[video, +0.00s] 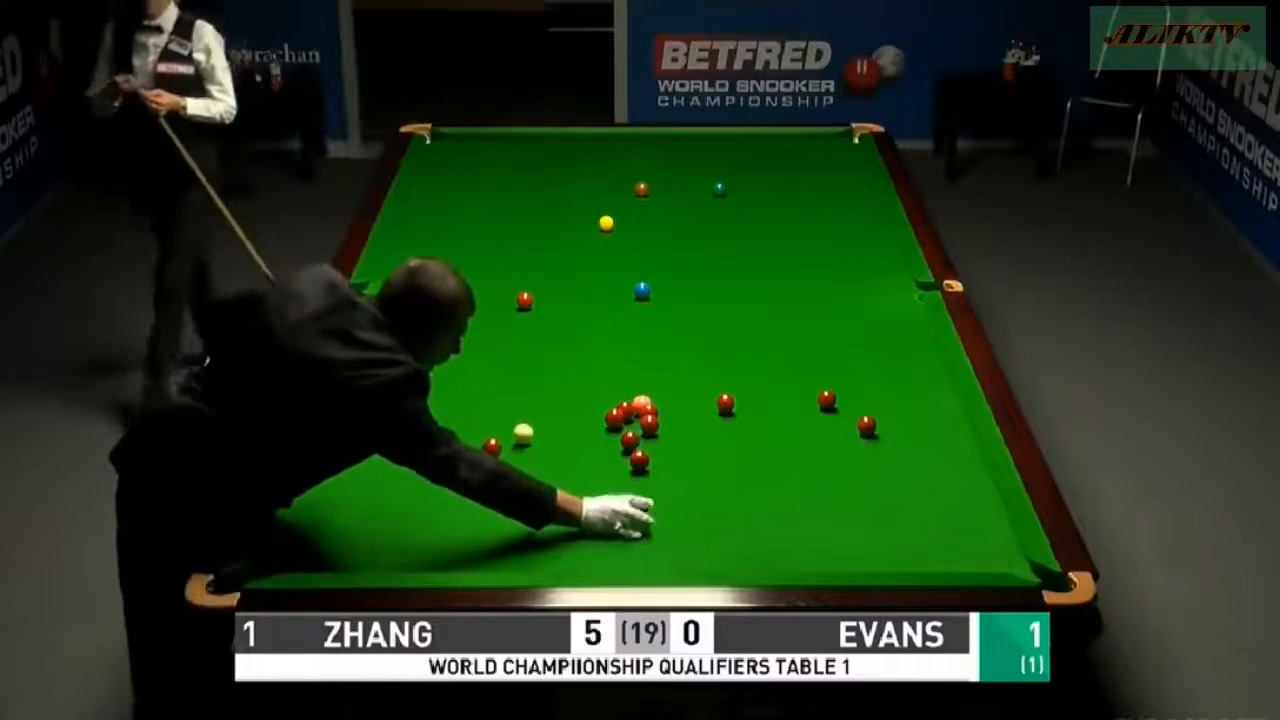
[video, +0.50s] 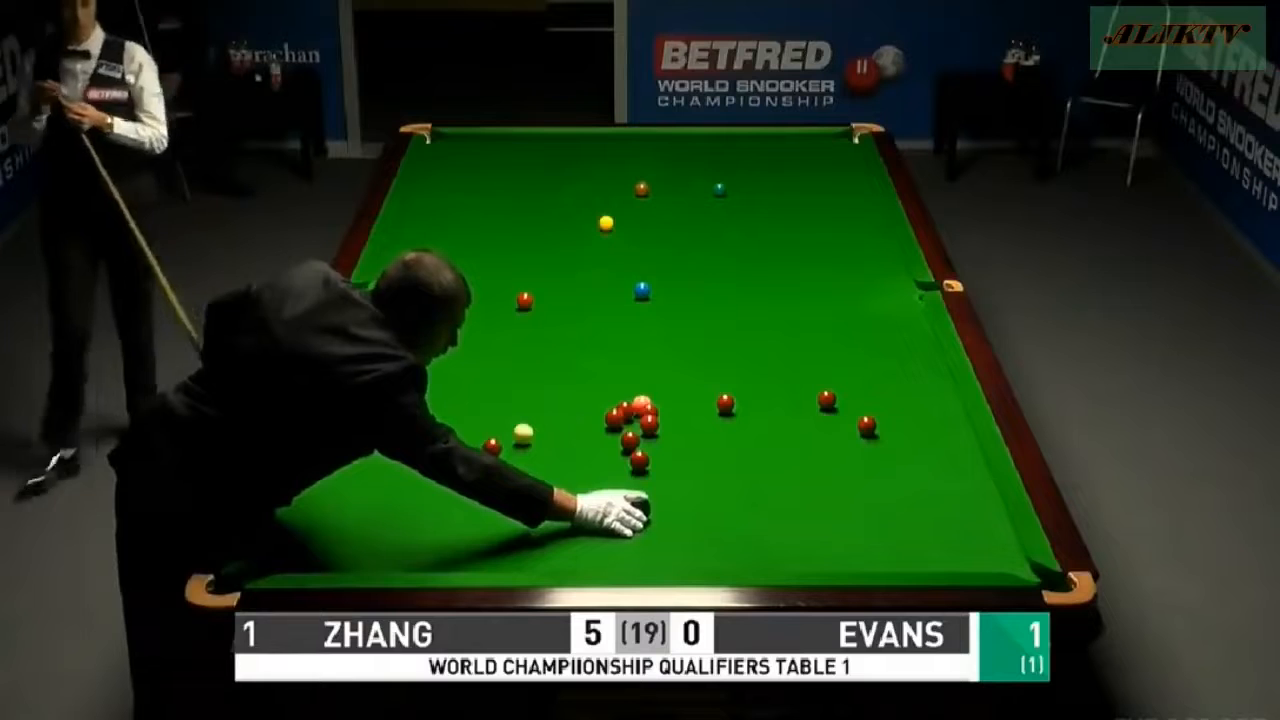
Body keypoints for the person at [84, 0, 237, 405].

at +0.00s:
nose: (149, 7)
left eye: (157, 3)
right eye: (145, 3)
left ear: (170, 1)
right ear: (137, 3)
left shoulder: (201, 35)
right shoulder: (118, 34)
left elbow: (226, 107)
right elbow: (94, 103)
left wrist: (179, 103)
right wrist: (113, 92)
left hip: (192, 164)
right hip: (142, 162)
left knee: (172, 273)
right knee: (192, 265)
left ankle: (159, 384)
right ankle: (220, 351)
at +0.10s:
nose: (132, 8)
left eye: (137, 3)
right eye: (128, 4)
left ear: (151, 4)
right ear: (120, 6)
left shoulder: (184, 44)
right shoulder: (99, 44)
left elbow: (209, 117)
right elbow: (78, 113)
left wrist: (162, 112)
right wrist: (97, 102)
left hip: (173, 172)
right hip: (122, 171)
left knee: (157, 282)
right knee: (167, 271)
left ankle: (150, 400)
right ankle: (213, 349)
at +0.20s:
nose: (121, 7)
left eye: (126, 2)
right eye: (117, 4)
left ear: (138, 4)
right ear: (109, 5)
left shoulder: (173, 47)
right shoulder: (87, 45)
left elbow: (198, 120)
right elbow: (64, 116)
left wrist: (150, 115)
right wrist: (84, 104)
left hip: (160, 186)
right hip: (105, 183)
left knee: (153, 295)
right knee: (132, 290)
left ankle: (147, 409)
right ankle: (186, 333)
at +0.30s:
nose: (100, 7)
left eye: (107, 2)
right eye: (96, 3)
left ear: (123, 4)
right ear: (88, 6)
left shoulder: (157, 49)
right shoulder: (69, 48)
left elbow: (182, 125)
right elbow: (45, 121)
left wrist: (132, 116)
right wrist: (66, 104)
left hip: (145, 193)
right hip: (89, 191)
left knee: (144, 302)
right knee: (96, 297)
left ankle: (145, 418)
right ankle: (147, 363)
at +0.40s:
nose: (86, 7)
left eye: (92, 1)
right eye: (81, 2)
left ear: (110, 2)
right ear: (73, 7)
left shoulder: (147, 52)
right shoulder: (58, 52)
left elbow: (172, 128)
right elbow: (41, 129)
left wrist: (121, 117)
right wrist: (54, 105)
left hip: (139, 200)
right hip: (80, 196)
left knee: (140, 309)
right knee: (80, 306)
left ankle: (145, 415)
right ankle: (112, 400)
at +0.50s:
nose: (72, 13)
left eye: (78, 4)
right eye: (66, 6)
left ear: (94, 6)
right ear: (57, 10)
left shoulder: (134, 59)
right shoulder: (43, 63)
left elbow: (156, 136)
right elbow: (22, 140)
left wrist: (104, 121)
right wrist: (37, 110)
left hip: (127, 211)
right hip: (65, 211)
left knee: (136, 328)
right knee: (69, 330)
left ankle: (147, 438)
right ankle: (62, 447)